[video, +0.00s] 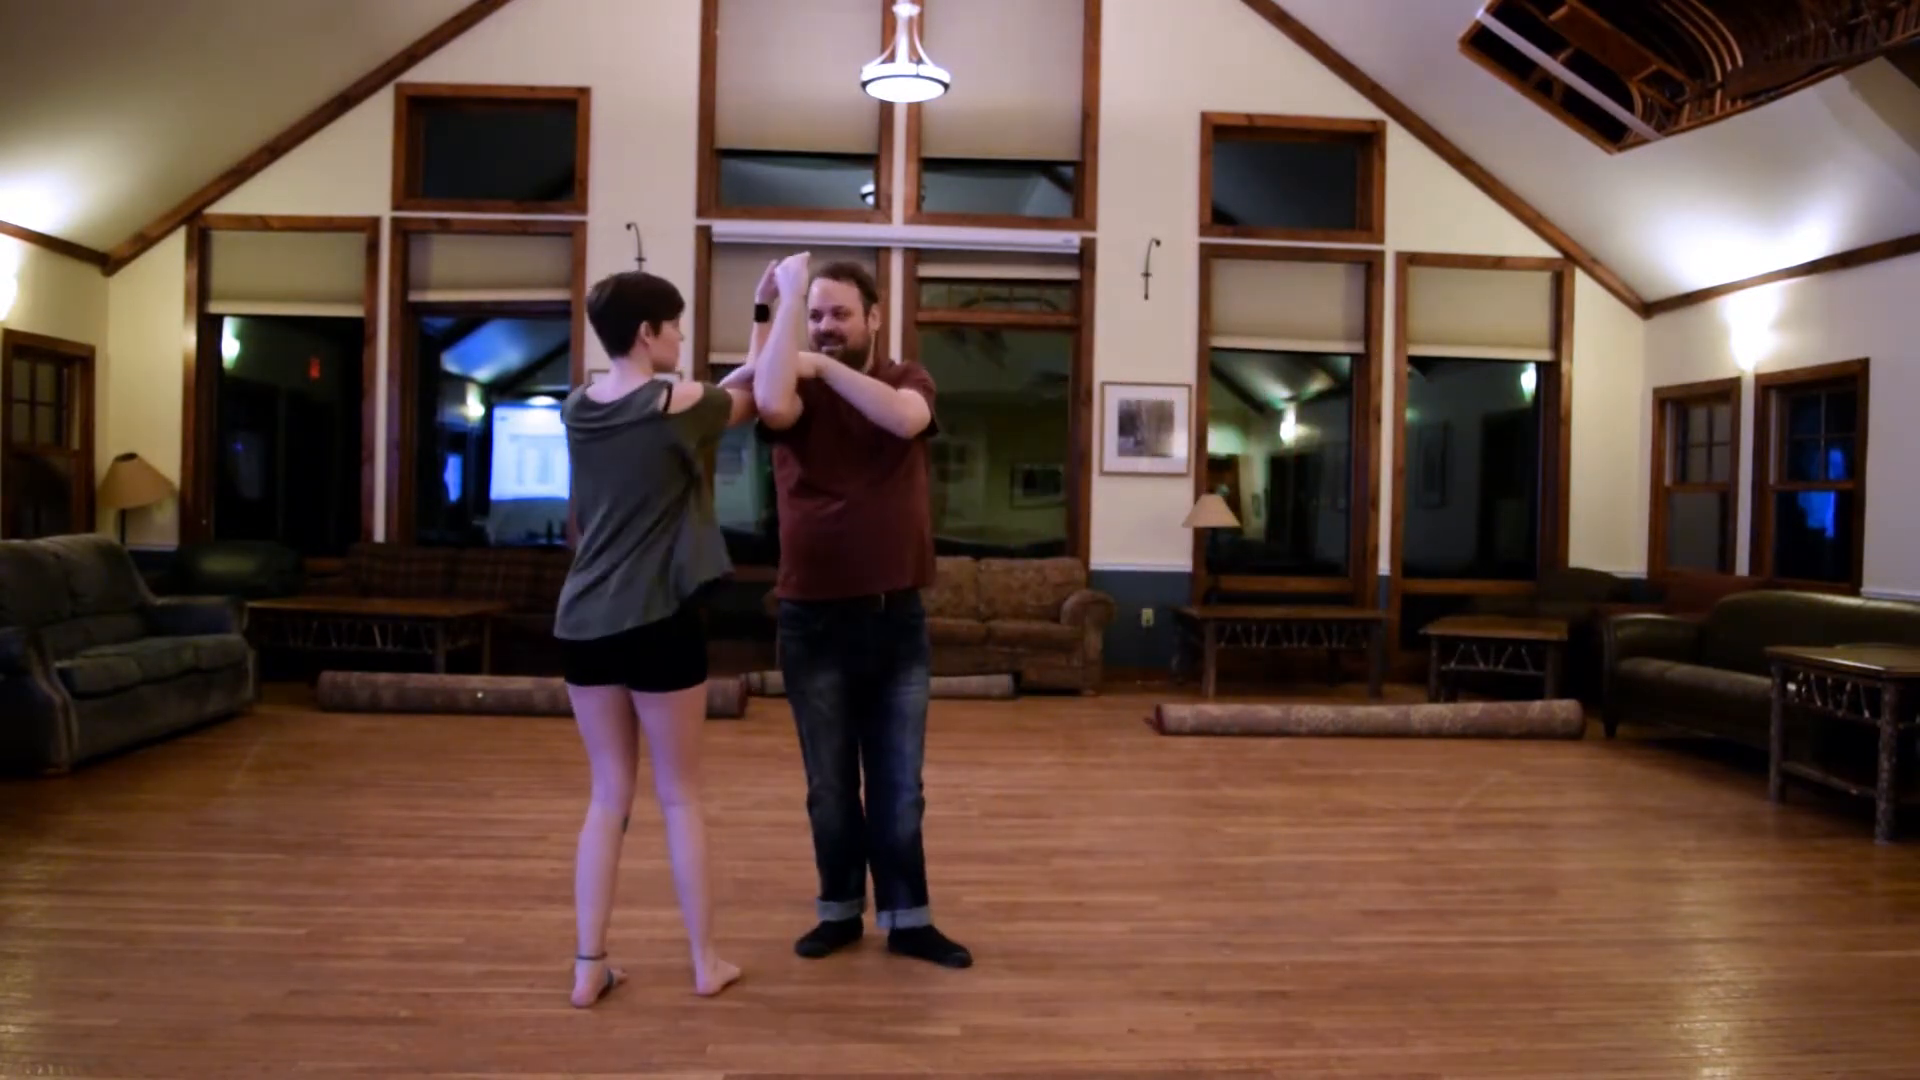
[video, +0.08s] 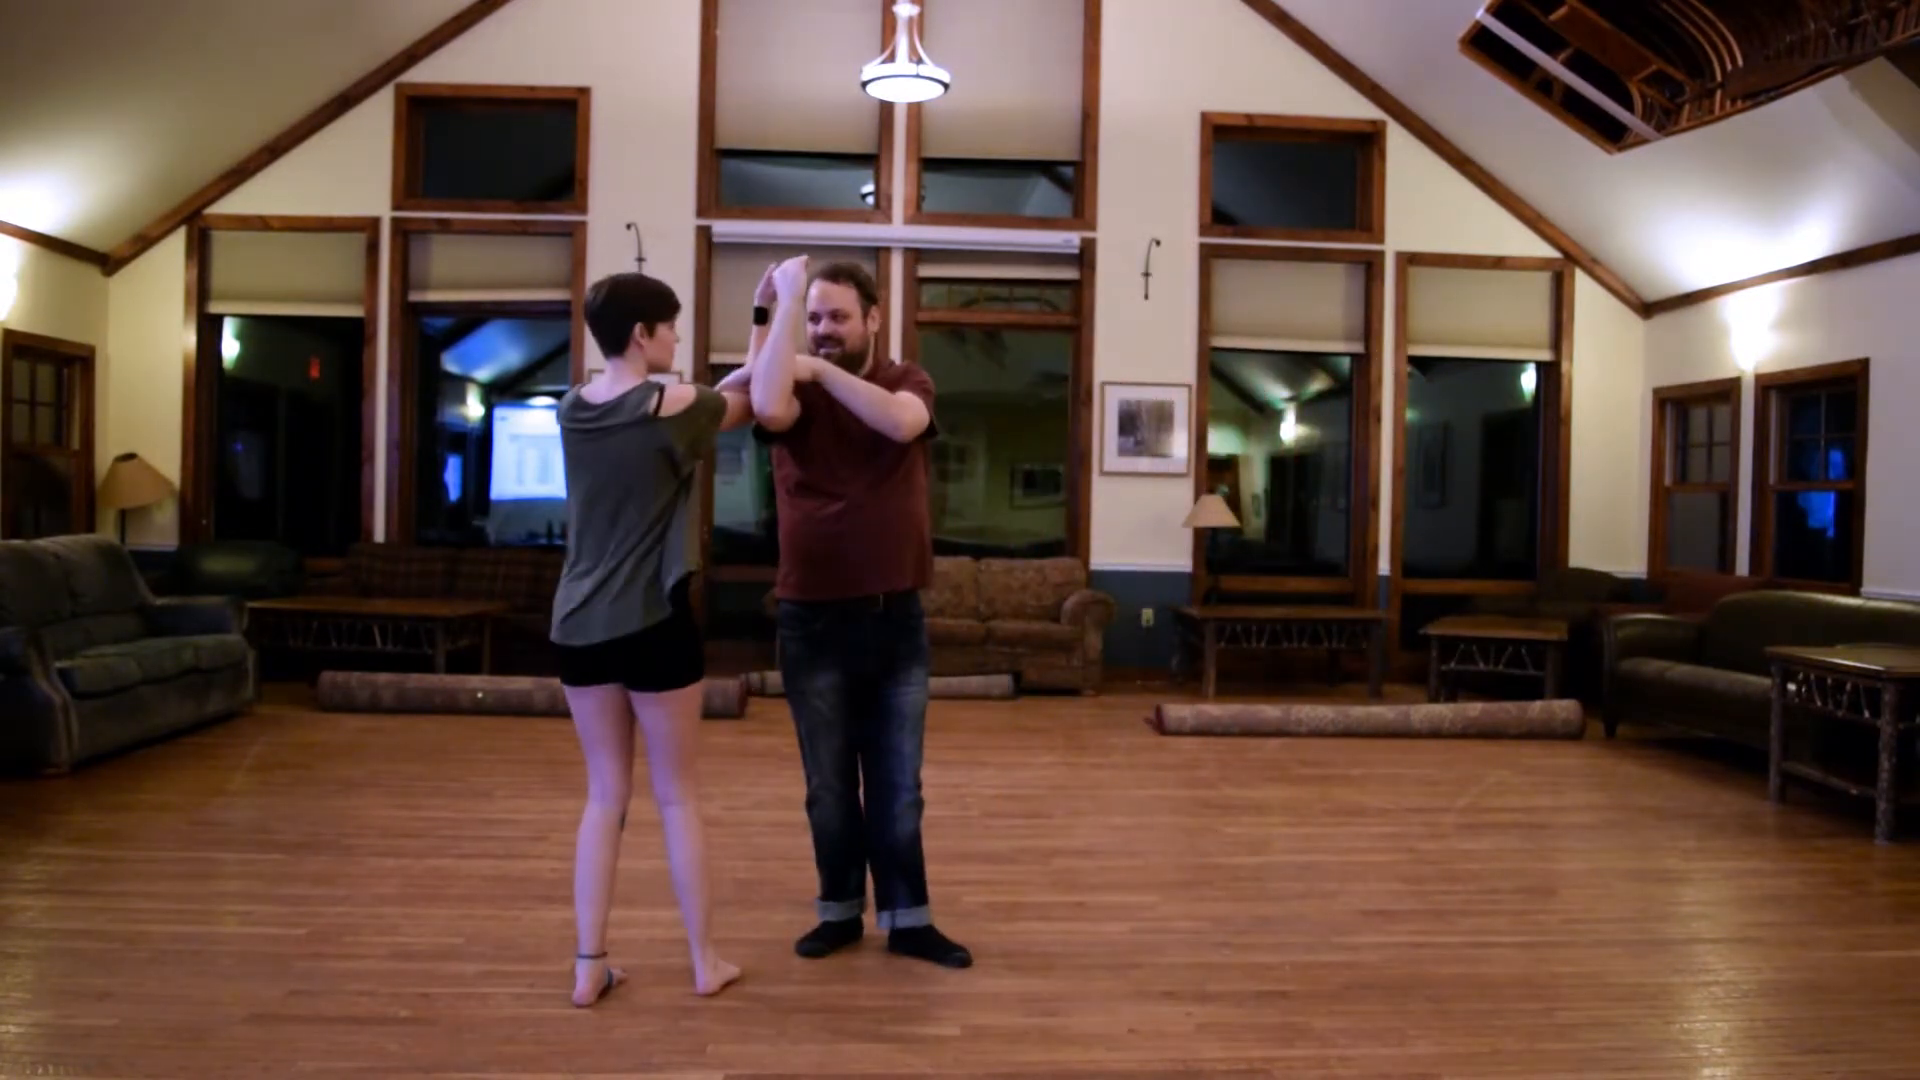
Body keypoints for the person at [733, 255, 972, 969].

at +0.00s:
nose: (823, 328)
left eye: (836, 315)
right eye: (814, 316)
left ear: (872, 319)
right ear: (798, 321)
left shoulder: (905, 377)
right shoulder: (783, 382)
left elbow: (905, 416)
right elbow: (773, 405)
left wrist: (821, 364)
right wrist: (784, 311)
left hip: (897, 605)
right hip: (813, 610)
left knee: (899, 776)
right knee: (829, 776)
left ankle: (908, 919)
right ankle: (839, 912)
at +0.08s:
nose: (824, 332)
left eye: (836, 318)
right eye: (813, 319)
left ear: (870, 320)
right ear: (799, 322)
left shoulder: (905, 378)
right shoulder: (784, 383)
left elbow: (902, 420)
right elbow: (768, 407)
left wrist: (816, 367)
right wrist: (781, 315)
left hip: (895, 604)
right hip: (811, 609)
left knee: (899, 776)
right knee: (827, 777)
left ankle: (908, 919)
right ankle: (839, 912)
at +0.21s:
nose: (820, 330)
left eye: (833, 317)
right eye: (812, 319)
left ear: (871, 320)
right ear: (801, 323)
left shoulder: (906, 378)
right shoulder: (786, 384)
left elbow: (900, 420)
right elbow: (765, 412)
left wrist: (811, 365)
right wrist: (777, 316)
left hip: (894, 606)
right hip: (811, 610)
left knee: (896, 775)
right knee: (827, 776)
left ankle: (908, 919)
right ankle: (839, 912)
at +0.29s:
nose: (819, 331)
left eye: (832, 318)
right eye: (811, 320)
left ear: (870, 320)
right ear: (802, 325)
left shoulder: (907, 378)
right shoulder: (788, 386)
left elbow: (897, 421)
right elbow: (760, 411)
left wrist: (806, 364)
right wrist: (774, 314)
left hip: (893, 606)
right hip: (810, 611)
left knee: (896, 775)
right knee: (826, 776)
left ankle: (908, 919)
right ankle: (840, 912)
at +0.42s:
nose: (817, 331)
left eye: (830, 318)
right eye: (810, 320)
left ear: (870, 320)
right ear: (805, 325)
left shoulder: (908, 378)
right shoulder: (793, 390)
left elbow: (895, 421)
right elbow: (757, 410)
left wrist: (804, 367)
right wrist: (772, 315)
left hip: (893, 607)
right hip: (810, 611)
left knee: (896, 775)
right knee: (826, 776)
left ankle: (908, 919)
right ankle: (840, 911)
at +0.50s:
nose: (817, 331)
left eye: (829, 318)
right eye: (810, 320)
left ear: (870, 321)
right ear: (805, 326)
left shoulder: (908, 378)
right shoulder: (795, 392)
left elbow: (894, 421)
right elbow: (754, 410)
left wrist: (803, 368)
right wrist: (768, 316)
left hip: (893, 606)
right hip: (810, 610)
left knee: (896, 774)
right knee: (826, 775)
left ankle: (907, 919)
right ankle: (840, 911)